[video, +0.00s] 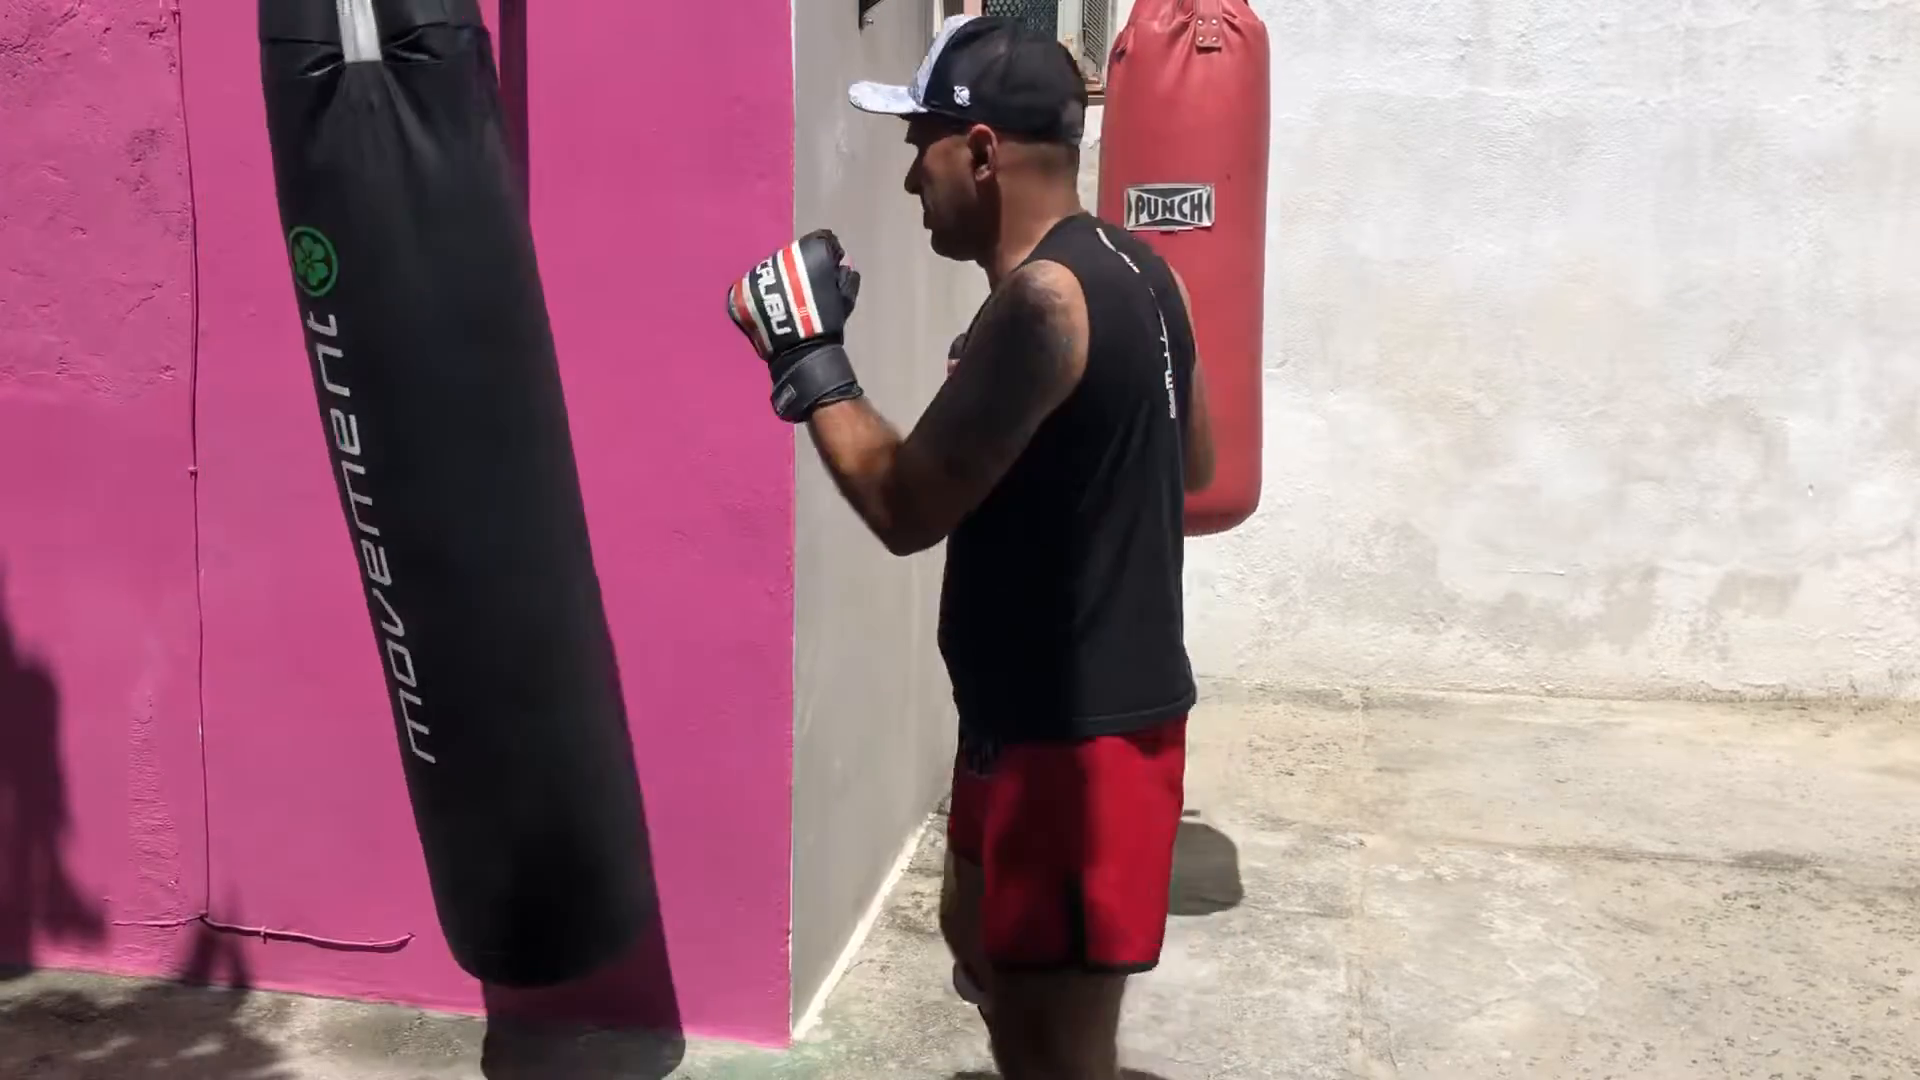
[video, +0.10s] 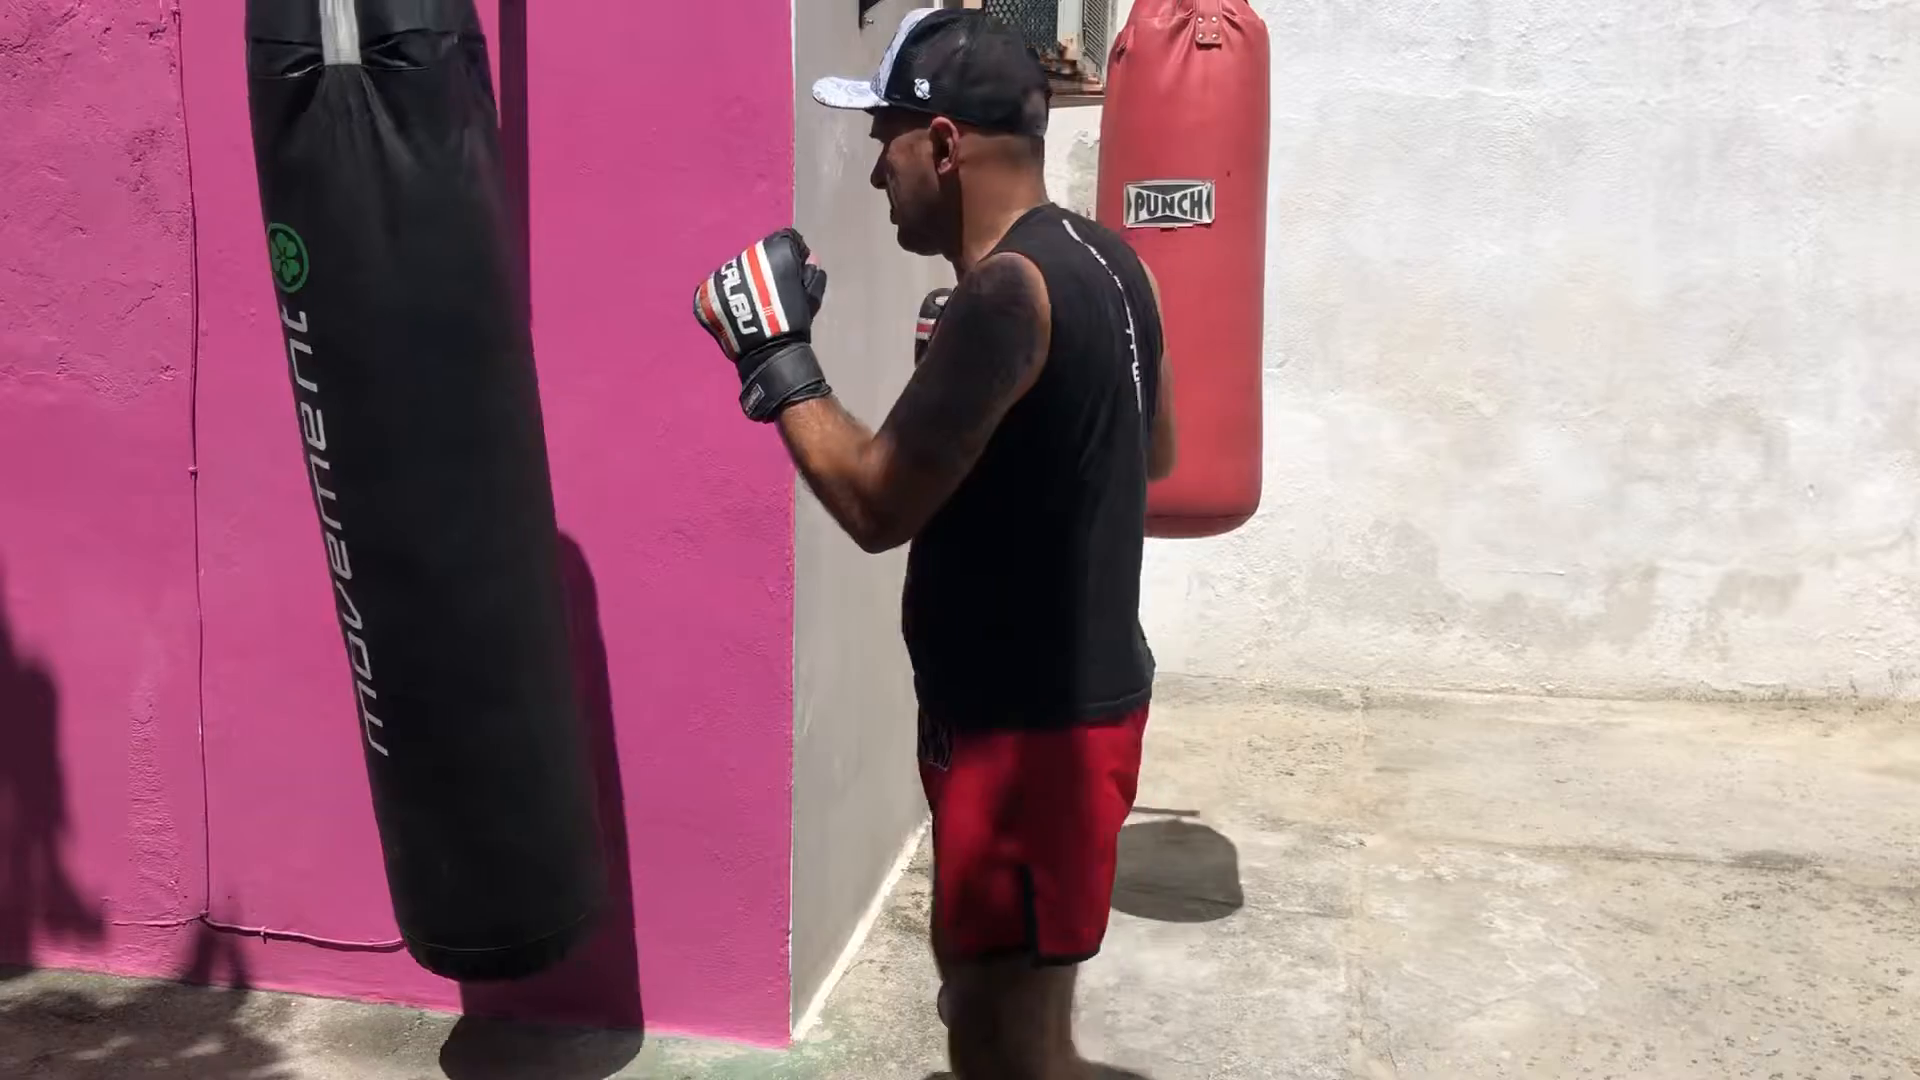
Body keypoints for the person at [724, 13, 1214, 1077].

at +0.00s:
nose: (909, 172)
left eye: (922, 143)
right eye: (913, 144)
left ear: (983, 151)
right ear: (1010, 149)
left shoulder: (1043, 300)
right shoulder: (1137, 271)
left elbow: (901, 509)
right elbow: (1189, 468)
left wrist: (809, 354)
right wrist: (1033, 462)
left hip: (1059, 733)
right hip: (1099, 710)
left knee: (1058, 1043)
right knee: (985, 945)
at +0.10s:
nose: (874, 164)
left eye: (888, 135)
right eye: (878, 137)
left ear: (949, 143)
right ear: (977, 140)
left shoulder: (1008, 288)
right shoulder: (1106, 258)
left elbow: (874, 507)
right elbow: (1146, 459)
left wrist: (778, 357)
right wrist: (979, 380)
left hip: (1016, 720)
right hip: (1077, 701)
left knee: (1003, 1041)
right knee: (1024, 1027)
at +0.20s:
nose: (842, 167)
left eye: (854, 139)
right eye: (846, 141)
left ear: (913, 147)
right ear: (937, 144)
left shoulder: (986, 291)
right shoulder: (1057, 264)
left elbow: (862, 510)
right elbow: (1036, 463)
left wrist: (751, 370)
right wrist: (929, 379)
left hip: (976, 722)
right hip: (1038, 708)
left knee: (881, 1043)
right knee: (1002, 1010)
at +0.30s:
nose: (799, 167)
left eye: (809, 138)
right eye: (802, 140)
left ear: (867, 143)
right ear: (893, 141)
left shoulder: (946, 289)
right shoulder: (996, 264)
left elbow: (824, 507)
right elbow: (983, 454)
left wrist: (709, 372)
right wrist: (862, 378)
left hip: (935, 732)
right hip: (994, 717)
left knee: (823, 1048)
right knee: (987, 1003)